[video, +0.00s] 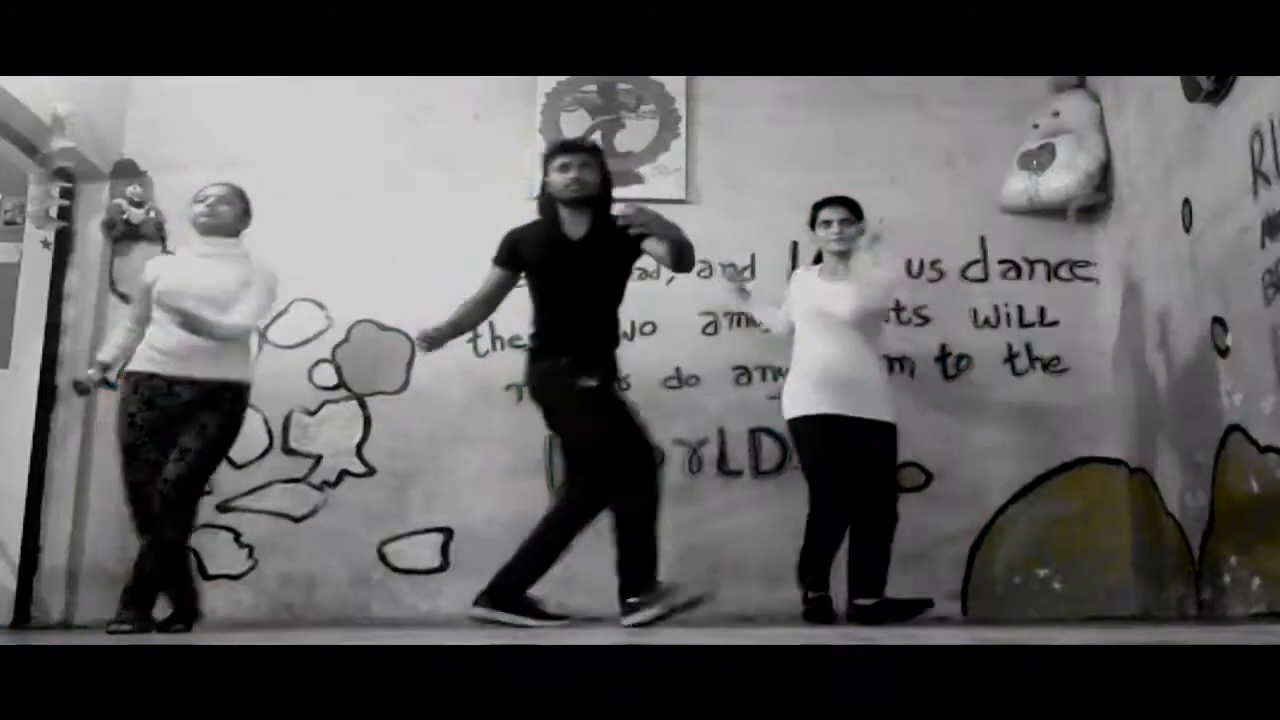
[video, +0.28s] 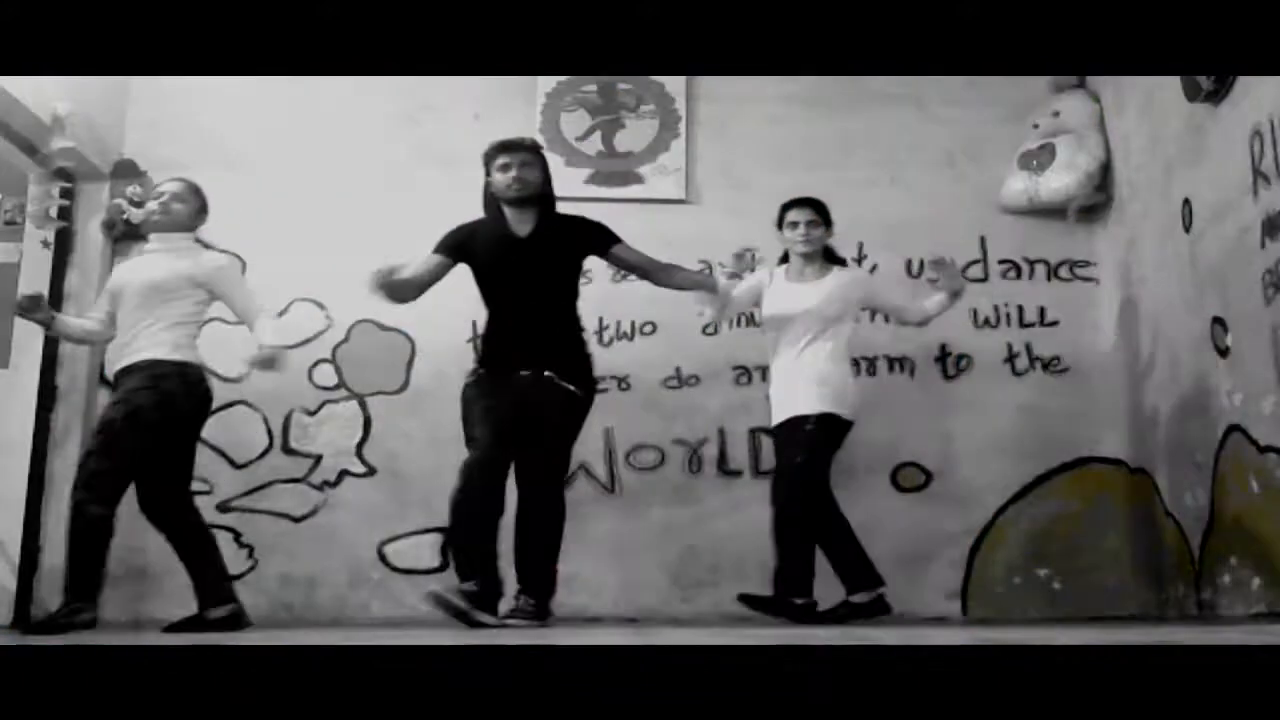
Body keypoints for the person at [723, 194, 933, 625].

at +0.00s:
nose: (836, 230)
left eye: (845, 223)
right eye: (827, 224)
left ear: (861, 229)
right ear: (814, 233)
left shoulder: (877, 272)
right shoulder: (801, 280)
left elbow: (855, 308)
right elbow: (782, 326)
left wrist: (865, 254)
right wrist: (745, 300)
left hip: (868, 403)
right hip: (813, 402)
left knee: (877, 505)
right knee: (830, 500)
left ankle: (866, 597)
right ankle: (815, 592)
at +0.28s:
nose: (803, 232)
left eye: (812, 225)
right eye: (793, 226)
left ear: (827, 232)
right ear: (782, 234)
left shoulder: (849, 280)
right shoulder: (769, 279)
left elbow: (912, 313)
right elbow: (725, 305)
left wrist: (949, 293)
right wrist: (723, 282)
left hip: (829, 402)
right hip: (786, 405)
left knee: (791, 491)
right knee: (812, 498)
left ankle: (794, 597)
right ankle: (866, 593)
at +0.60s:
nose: (777, 237)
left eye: (786, 230)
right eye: (769, 231)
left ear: (803, 237)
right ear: (757, 240)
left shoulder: (820, 287)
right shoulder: (743, 287)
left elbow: (819, 322)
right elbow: (722, 335)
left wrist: (820, 272)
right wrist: (676, 314)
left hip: (808, 413)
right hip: (750, 412)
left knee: (824, 507)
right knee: (768, 506)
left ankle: (819, 596)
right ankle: (773, 597)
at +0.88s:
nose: (723, 254)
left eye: (732, 248)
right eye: (716, 249)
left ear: (747, 254)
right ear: (709, 258)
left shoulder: (768, 294)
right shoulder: (701, 298)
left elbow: (819, 316)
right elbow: (656, 329)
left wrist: (849, 308)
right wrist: (645, 304)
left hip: (749, 403)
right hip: (711, 405)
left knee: (715, 478)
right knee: (708, 480)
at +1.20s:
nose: (710, 255)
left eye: (718, 249)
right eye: (703, 250)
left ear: (735, 254)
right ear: (697, 257)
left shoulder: (751, 291)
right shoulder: (696, 298)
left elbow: (790, 332)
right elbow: (661, 339)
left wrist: (814, 377)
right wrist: (651, 313)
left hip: (728, 392)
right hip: (703, 391)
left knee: (652, 448)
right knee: (697, 474)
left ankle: (690, 524)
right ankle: (720, 559)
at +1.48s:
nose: (727, 231)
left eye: (737, 223)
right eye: (718, 225)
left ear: (756, 230)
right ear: (711, 233)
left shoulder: (774, 273)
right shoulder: (708, 282)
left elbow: (817, 320)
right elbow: (659, 322)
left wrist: (853, 361)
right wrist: (657, 283)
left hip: (746, 400)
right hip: (719, 399)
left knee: (681, 484)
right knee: (719, 503)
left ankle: (645, 582)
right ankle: (737, 600)